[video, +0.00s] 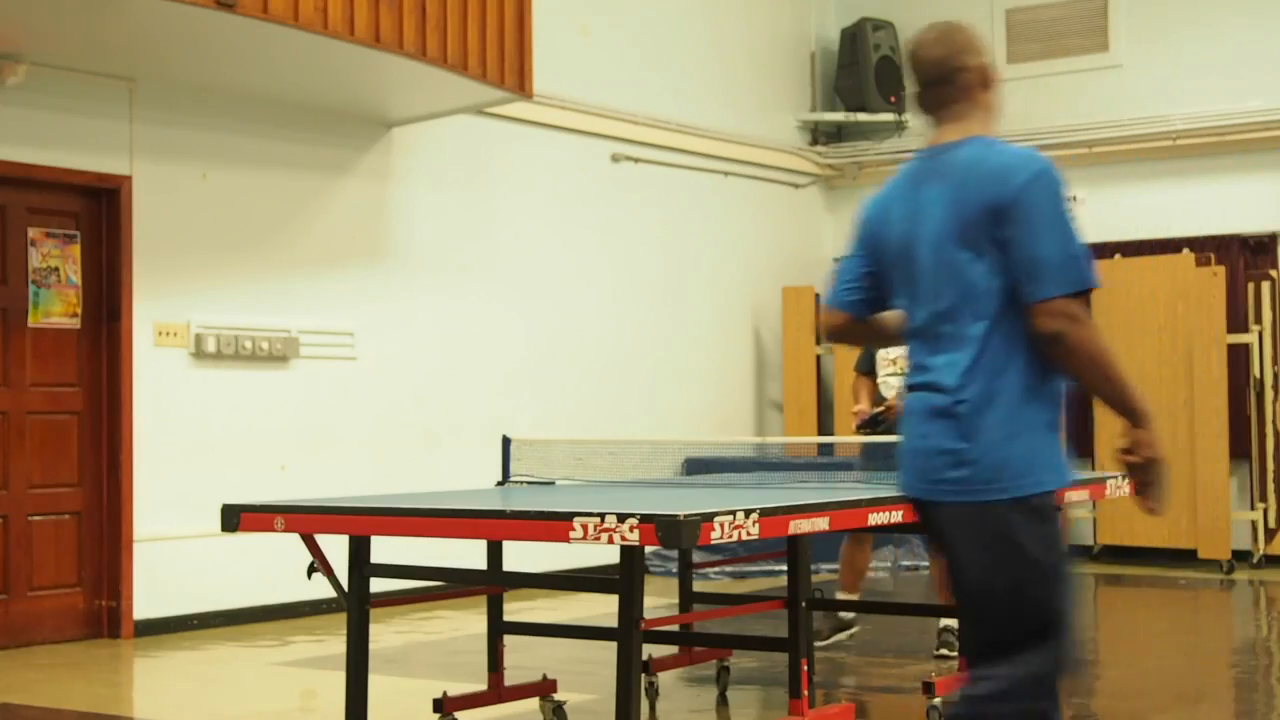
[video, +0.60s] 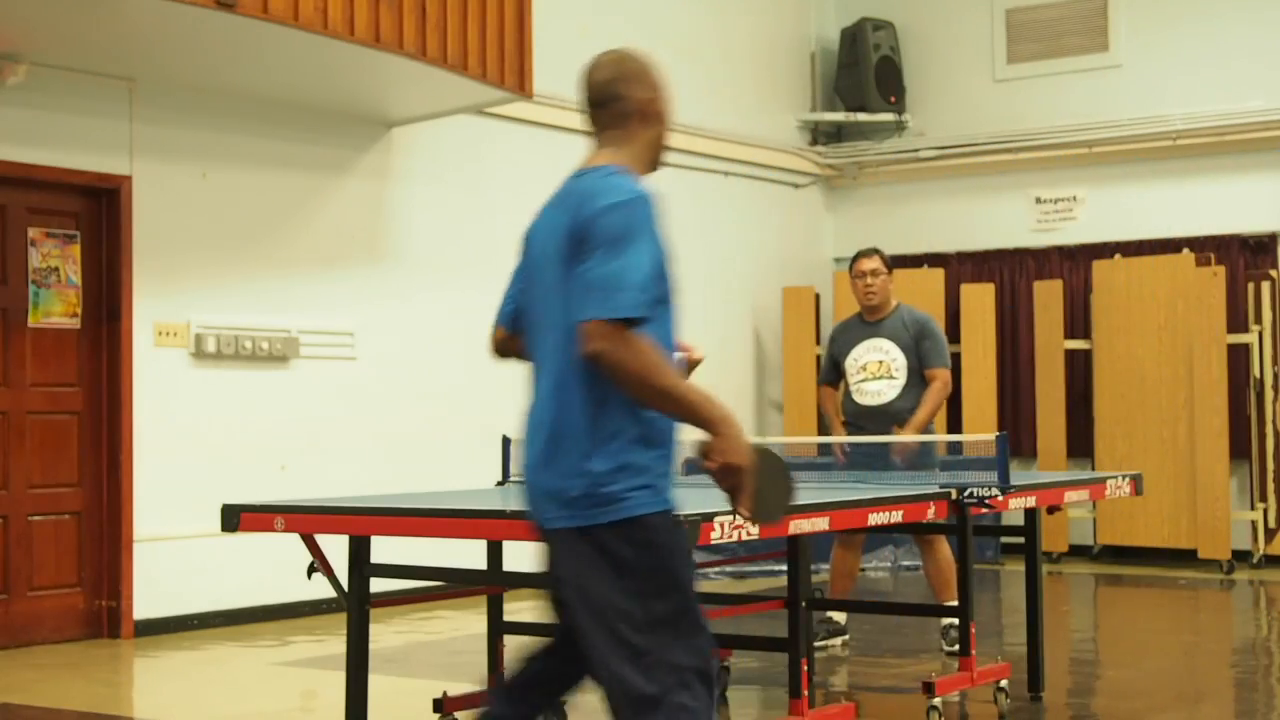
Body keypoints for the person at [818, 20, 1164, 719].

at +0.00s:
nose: (994, 81)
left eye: (986, 72)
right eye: (991, 72)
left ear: (919, 96)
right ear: (986, 79)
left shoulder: (893, 196)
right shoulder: (1018, 171)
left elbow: (839, 322)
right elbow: (1055, 321)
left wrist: (930, 318)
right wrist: (1138, 419)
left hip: (931, 471)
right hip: (1003, 470)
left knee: (996, 661)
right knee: (1029, 663)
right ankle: (961, 707)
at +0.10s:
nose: (934, 87)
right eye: (929, 79)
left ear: (857, 107)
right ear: (924, 88)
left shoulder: (830, 205)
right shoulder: (961, 180)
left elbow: (786, 335)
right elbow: (1004, 328)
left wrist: (865, 325)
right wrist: (1086, 420)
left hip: (868, 471)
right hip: (939, 475)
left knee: (908, 648)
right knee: (974, 664)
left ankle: (835, 711)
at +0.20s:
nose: (885, 97)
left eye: (880, 87)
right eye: (881, 87)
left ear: (805, 109)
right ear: (873, 98)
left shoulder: (766, 211)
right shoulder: (901, 192)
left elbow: (730, 335)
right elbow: (948, 341)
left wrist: (816, 348)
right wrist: (1027, 435)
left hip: (791, 477)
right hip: (854, 484)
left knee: (914, 672)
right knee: (807, 673)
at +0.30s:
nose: (837, 96)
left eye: (828, 86)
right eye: (833, 87)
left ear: (760, 103)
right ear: (826, 94)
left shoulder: (705, 202)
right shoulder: (836, 197)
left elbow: (658, 318)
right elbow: (874, 345)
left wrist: (742, 344)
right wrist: (946, 452)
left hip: (722, 478)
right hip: (781, 485)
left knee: (849, 651)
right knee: (758, 672)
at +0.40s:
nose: (779, 98)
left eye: (774, 88)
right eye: (777, 88)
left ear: (702, 96)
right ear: (769, 90)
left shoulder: (646, 192)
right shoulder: (771, 189)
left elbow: (590, 303)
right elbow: (780, 333)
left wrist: (679, 326)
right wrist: (855, 449)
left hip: (663, 472)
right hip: (724, 476)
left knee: (785, 644)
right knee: (730, 671)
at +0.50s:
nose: (723, 101)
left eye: (719, 89)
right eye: (719, 89)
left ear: (648, 100)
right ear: (709, 93)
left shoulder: (599, 196)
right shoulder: (701, 187)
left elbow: (543, 311)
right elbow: (686, 330)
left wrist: (638, 332)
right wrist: (776, 439)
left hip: (612, 476)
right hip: (666, 479)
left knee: (650, 659)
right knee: (705, 663)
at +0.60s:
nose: (669, 120)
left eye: (665, 106)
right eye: (665, 106)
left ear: (596, 114)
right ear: (649, 107)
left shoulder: (558, 208)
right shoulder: (619, 198)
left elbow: (509, 339)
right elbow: (605, 339)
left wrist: (648, 357)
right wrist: (719, 421)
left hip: (566, 490)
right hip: (615, 494)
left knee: (578, 646)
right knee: (676, 682)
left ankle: (498, 713)